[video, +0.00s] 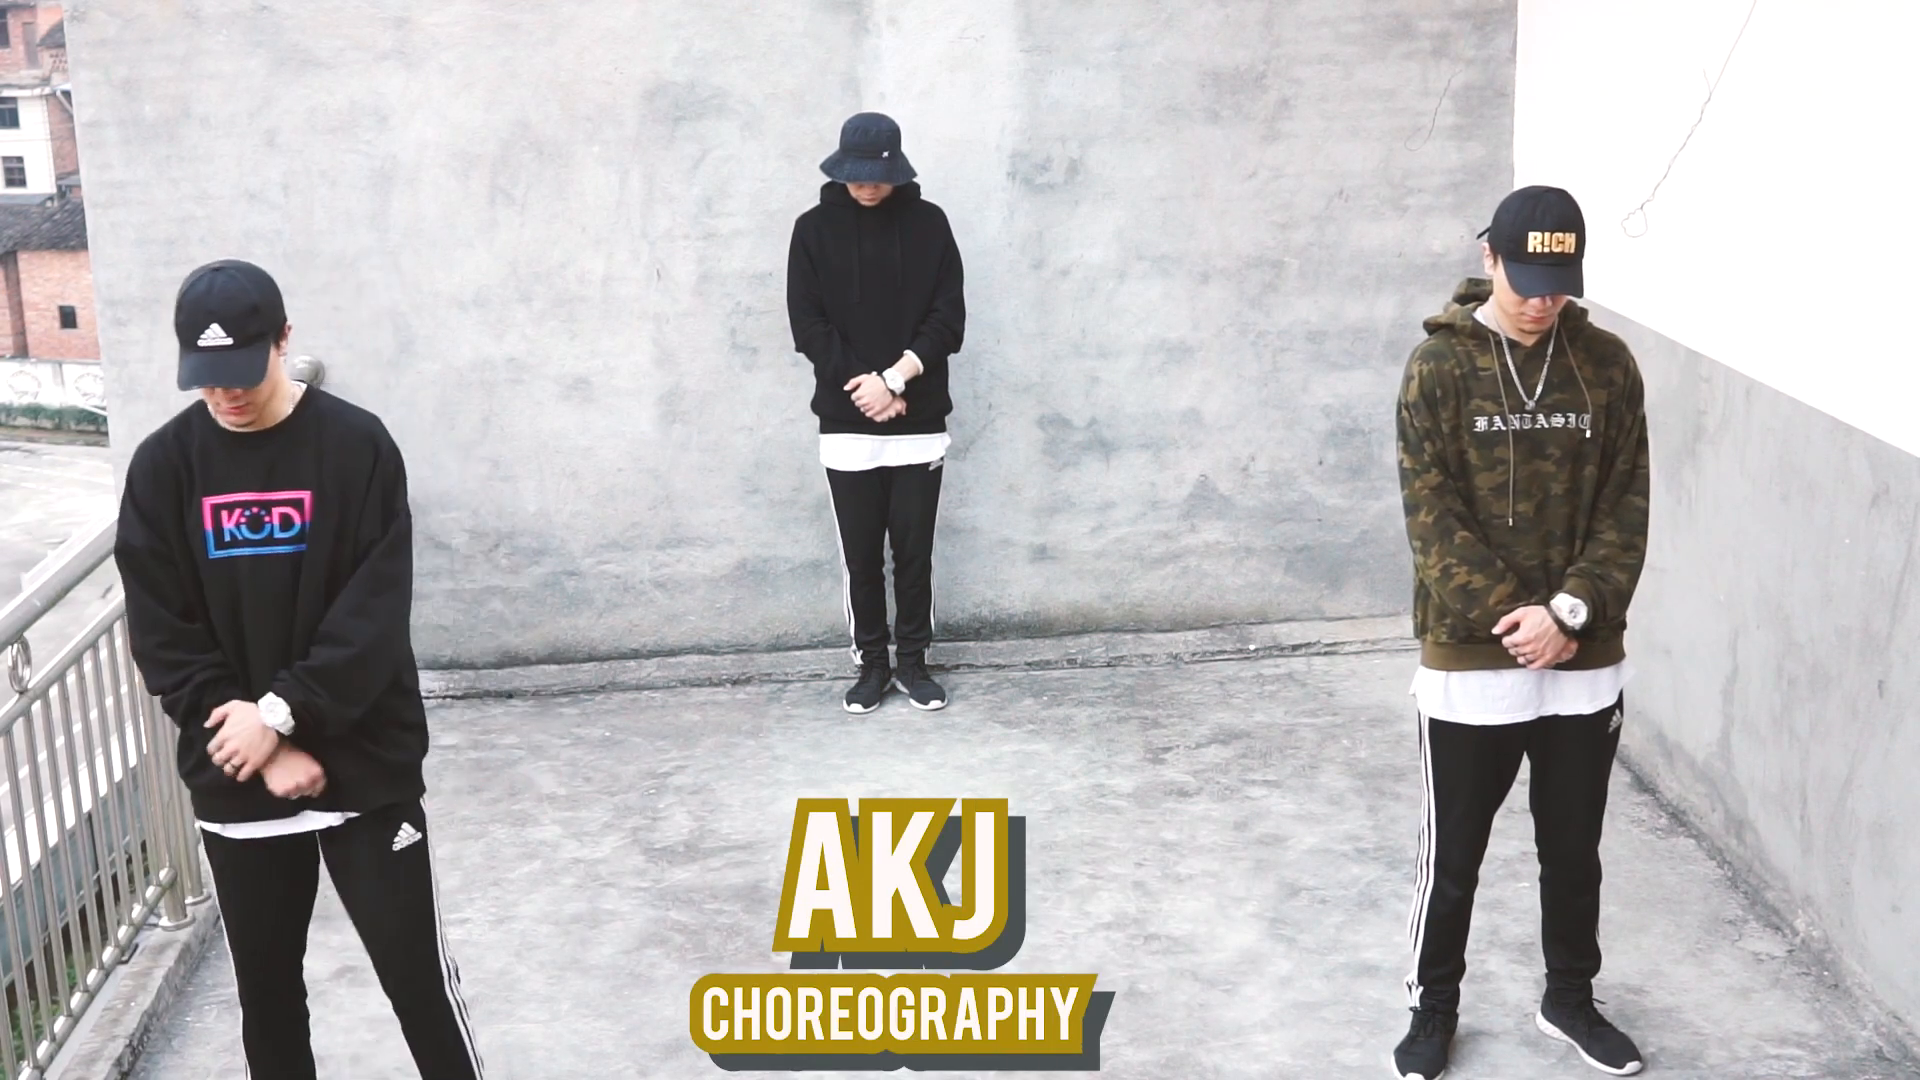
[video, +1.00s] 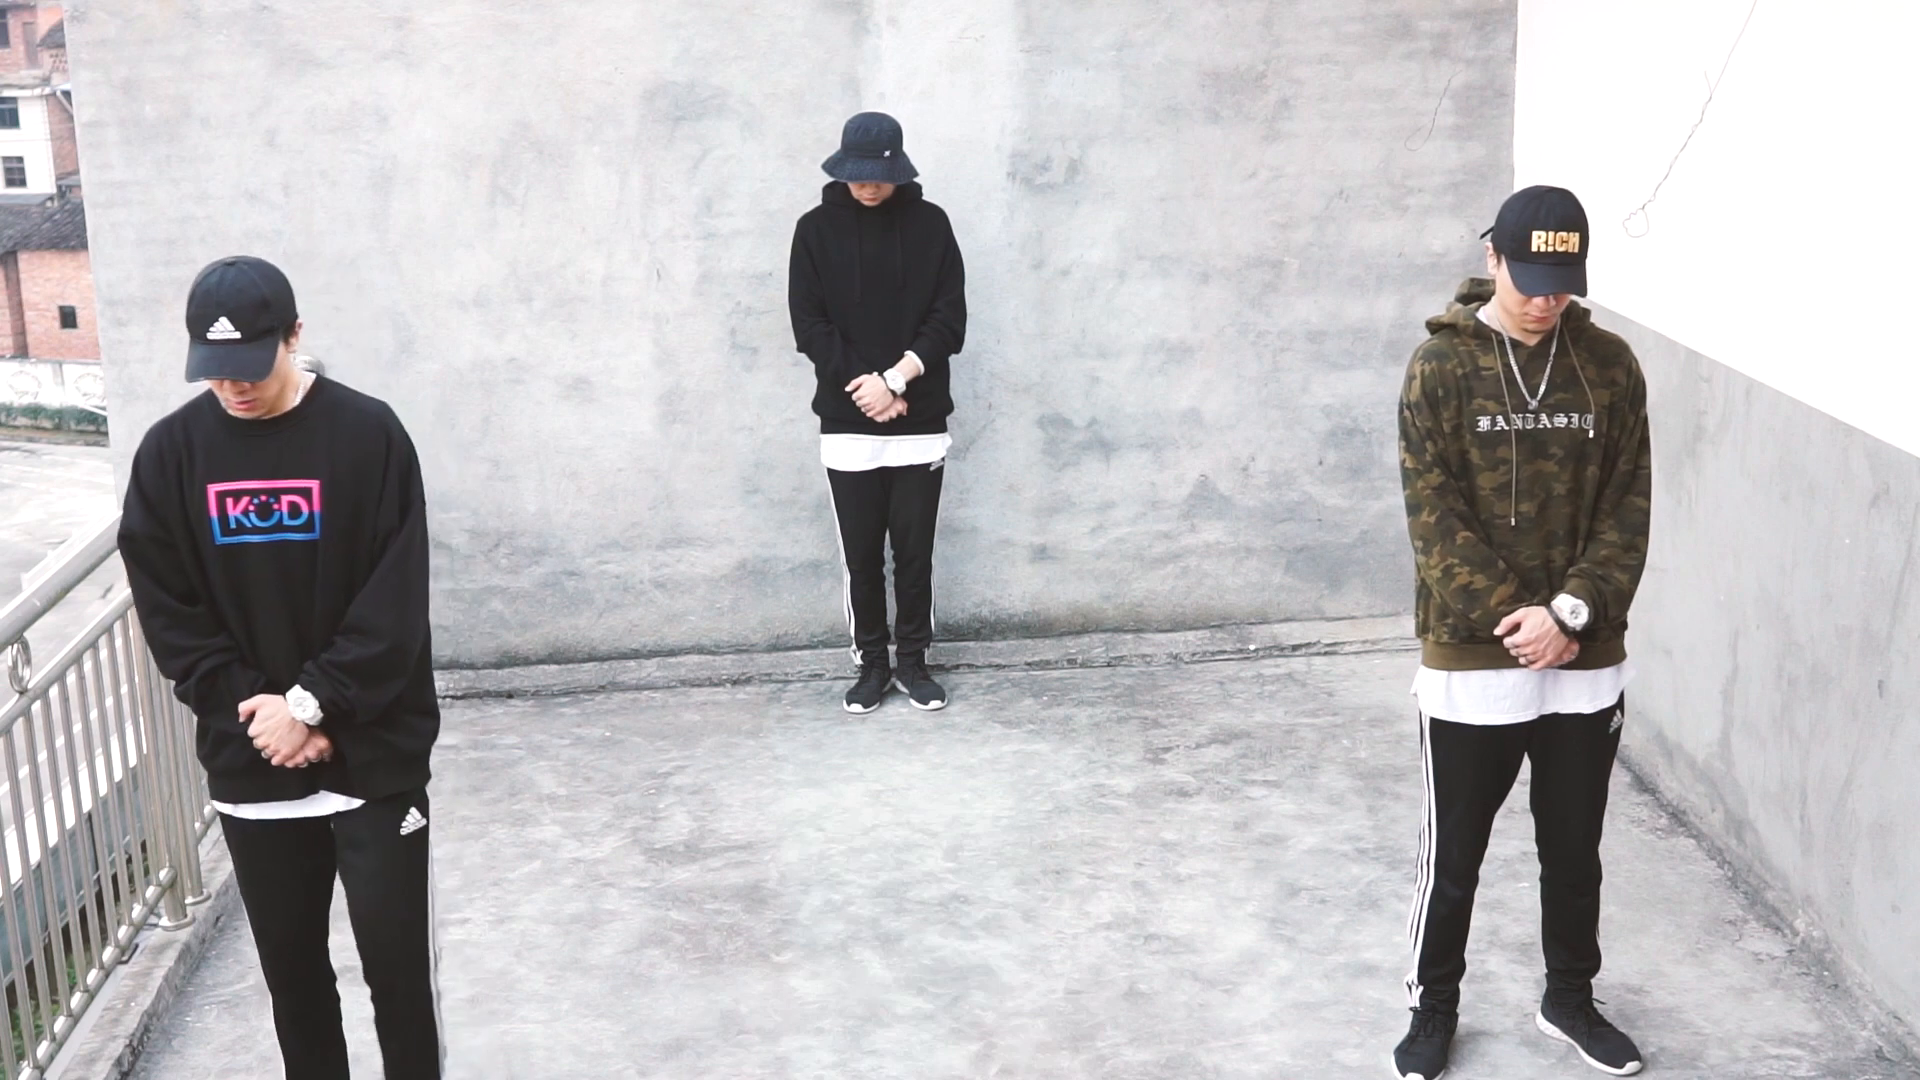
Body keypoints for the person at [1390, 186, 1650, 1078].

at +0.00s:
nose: (1547, 300)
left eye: (1562, 284)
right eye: (1531, 282)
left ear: (1582, 271)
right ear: (1491, 259)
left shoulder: (1609, 364)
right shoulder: (1440, 364)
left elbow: (1628, 508)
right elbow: (1431, 515)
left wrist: (1574, 613)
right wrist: (1518, 620)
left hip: (1583, 660)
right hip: (1470, 662)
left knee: (1575, 851)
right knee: (1453, 853)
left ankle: (1571, 998)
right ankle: (1433, 1005)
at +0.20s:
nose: (1547, 300)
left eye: (1562, 284)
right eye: (1530, 282)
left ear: (1581, 271)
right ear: (1491, 259)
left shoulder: (1609, 364)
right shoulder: (1440, 363)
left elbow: (1627, 508)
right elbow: (1431, 515)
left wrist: (1574, 613)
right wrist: (1518, 620)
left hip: (1583, 661)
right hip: (1470, 662)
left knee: (1574, 850)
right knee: (1453, 853)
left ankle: (1571, 998)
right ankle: (1433, 1005)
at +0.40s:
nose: (1547, 300)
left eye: (1562, 284)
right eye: (1530, 281)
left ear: (1582, 271)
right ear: (1491, 259)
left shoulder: (1609, 364)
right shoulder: (1440, 363)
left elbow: (1628, 508)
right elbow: (1431, 514)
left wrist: (1575, 613)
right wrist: (1519, 621)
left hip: (1583, 661)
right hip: (1469, 662)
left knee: (1574, 850)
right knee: (1453, 853)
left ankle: (1571, 998)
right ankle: (1433, 1006)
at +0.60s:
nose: (1547, 300)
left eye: (1562, 284)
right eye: (1531, 281)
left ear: (1582, 271)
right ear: (1491, 259)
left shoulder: (1610, 364)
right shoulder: (1440, 363)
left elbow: (1628, 508)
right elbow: (1431, 514)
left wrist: (1574, 613)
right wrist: (1519, 621)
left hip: (1583, 661)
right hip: (1469, 663)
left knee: (1574, 850)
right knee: (1452, 853)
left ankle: (1571, 998)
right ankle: (1433, 1006)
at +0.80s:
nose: (1548, 300)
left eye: (1564, 283)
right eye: (1532, 281)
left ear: (1583, 271)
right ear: (1493, 259)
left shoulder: (1611, 364)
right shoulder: (1441, 363)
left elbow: (1629, 509)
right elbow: (1432, 515)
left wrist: (1576, 613)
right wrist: (1520, 620)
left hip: (1583, 660)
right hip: (1470, 662)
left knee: (1574, 850)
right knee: (1453, 855)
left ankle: (1571, 998)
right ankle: (1432, 1007)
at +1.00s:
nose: (1550, 300)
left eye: (1565, 284)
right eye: (1534, 281)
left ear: (1584, 272)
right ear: (1494, 259)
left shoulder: (1612, 365)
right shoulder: (1442, 362)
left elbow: (1629, 509)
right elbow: (1433, 514)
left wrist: (1575, 613)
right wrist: (1521, 621)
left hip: (1584, 659)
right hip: (1469, 661)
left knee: (1575, 848)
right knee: (1454, 852)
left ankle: (1570, 997)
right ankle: (1433, 1005)